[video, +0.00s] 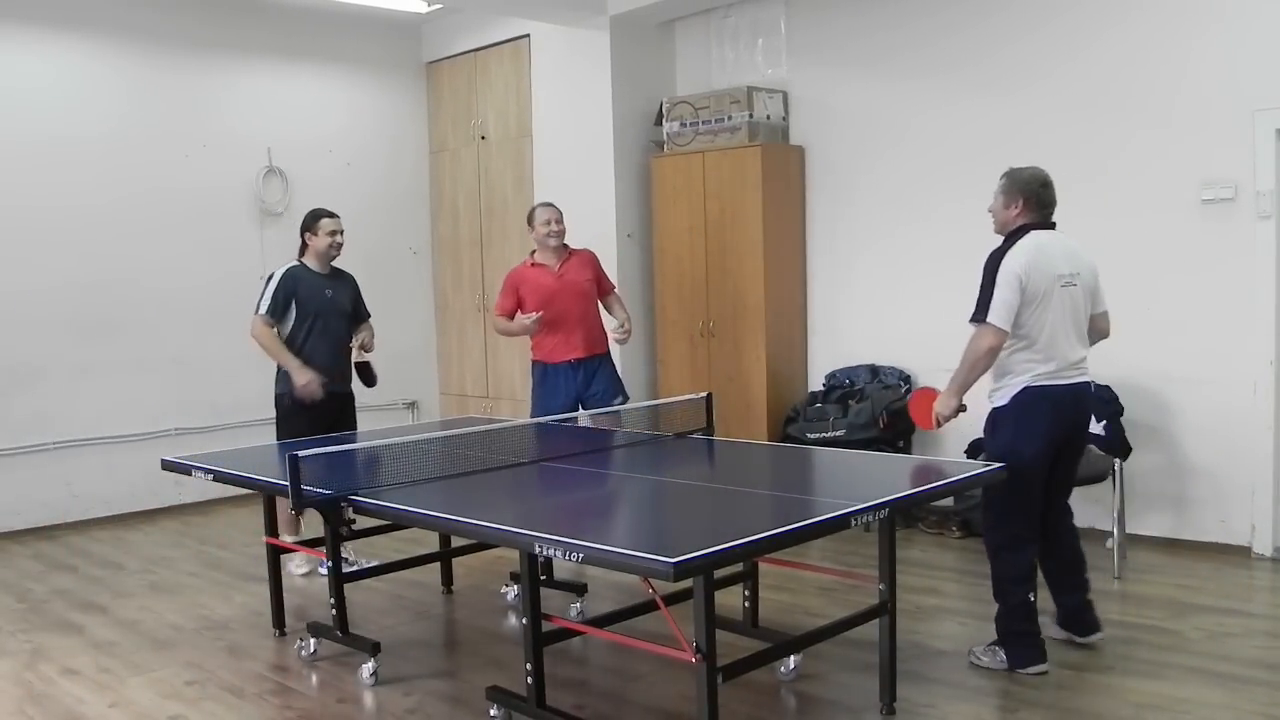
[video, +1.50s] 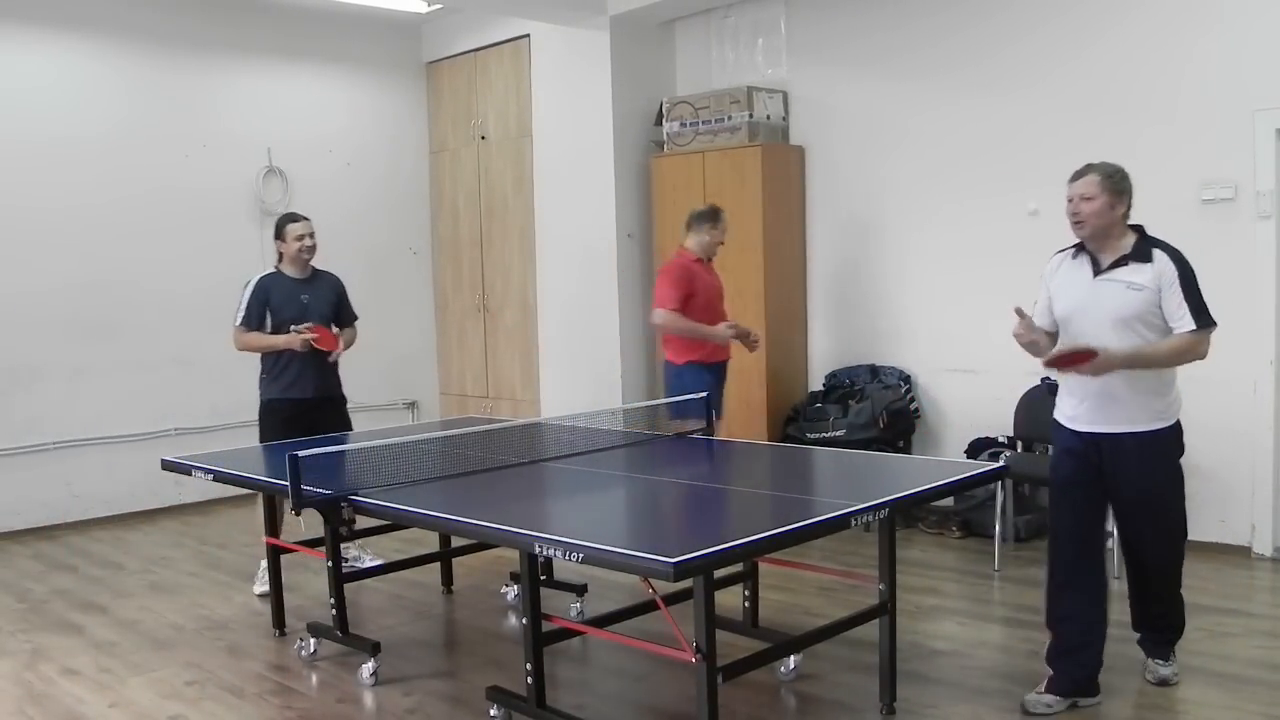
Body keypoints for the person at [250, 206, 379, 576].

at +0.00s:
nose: (340, 239)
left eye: (341, 233)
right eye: (333, 234)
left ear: (337, 238)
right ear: (309, 237)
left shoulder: (346, 280)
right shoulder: (287, 277)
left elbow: (363, 324)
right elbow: (260, 327)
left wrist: (365, 336)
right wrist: (295, 368)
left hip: (340, 394)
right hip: (298, 394)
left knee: (341, 471)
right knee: (293, 475)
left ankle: (336, 547)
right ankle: (292, 551)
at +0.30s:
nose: (326, 240)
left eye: (327, 235)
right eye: (318, 235)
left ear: (327, 241)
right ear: (296, 243)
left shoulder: (339, 281)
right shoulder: (276, 284)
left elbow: (353, 327)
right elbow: (247, 335)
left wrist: (354, 340)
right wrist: (282, 367)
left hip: (341, 394)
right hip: (297, 396)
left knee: (349, 465)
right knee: (300, 472)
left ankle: (343, 542)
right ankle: (305, 547)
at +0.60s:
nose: (321, 241)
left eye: (323, 235)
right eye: (312, 237)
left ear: (326, 241)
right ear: (292, 244)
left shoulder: (339, 281)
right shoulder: (273, 286)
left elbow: (358, 328)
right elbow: (252, 337)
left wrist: (345, 338)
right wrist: (293, 349)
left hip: (338, 393)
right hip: (293, 396)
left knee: (346, 464)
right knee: (297, 472)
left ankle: (346, 541)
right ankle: (305, 546)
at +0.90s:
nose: (338, 242)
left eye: (339, 236)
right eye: (330, 237)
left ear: (341, 241)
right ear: (309, 242)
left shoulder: (352, 284)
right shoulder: (287, 282)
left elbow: (366, 337)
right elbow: (260, 330)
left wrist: (348, 336)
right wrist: (303, 347)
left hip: (344, 394)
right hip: (300, 395)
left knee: (348, 465)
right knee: (302, 470)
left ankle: (345, 543)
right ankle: (307, 546)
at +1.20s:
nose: (339, 242)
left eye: (342, 236)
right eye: (331, 237)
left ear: (345, 240)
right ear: (311, 242)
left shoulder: (355, 284)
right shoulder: (289, 282)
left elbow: (371, 334)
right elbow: (264, 330)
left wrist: (350, 342)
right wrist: (303, 346)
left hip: (345, 396)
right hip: (300, 398)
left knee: (353, 470)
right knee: (295, 478)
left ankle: (348, 546)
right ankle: (278, 550)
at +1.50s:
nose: (310, 243)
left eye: (312, 236)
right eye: (301, 238)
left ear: (315, 241)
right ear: (281, 245)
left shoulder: (331, 283)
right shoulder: (263, 287)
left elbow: (350, 329)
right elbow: (242, 339)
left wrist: (341, 342)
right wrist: (287, 341)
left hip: (328, 402)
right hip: (281, 406)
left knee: (339, 476)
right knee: (276, 488)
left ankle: (342, 550)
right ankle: (270, 561)